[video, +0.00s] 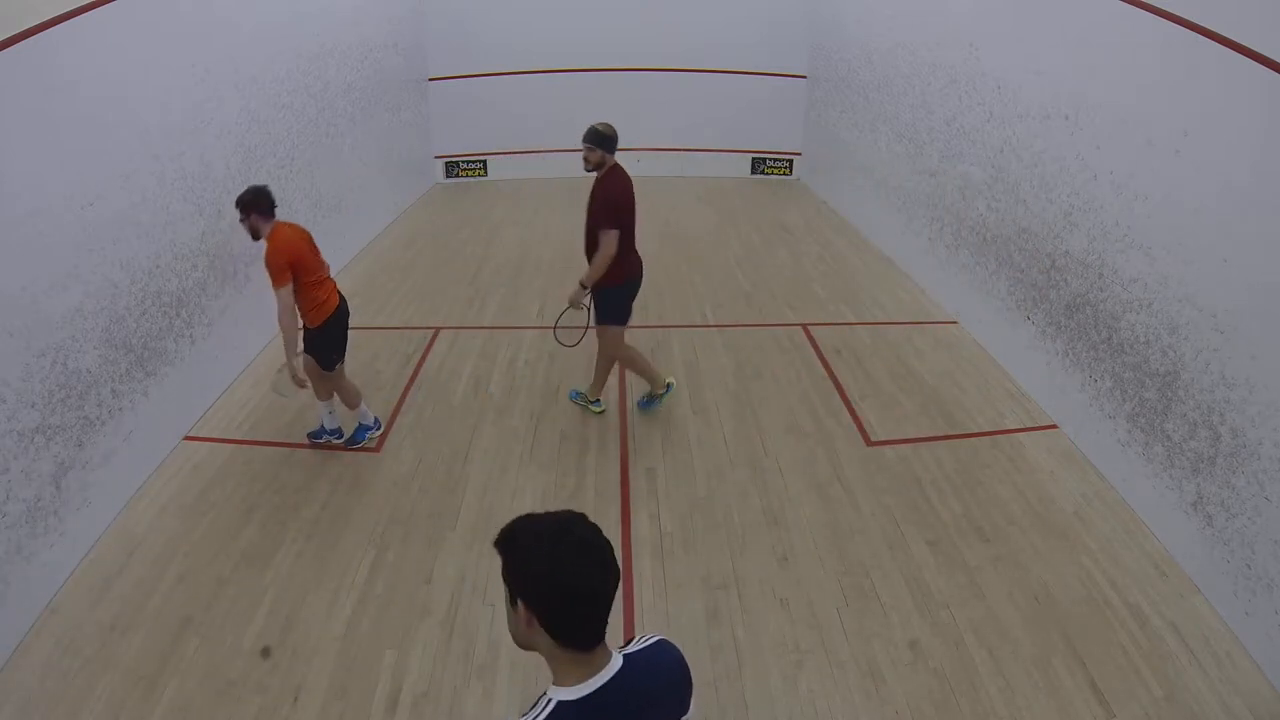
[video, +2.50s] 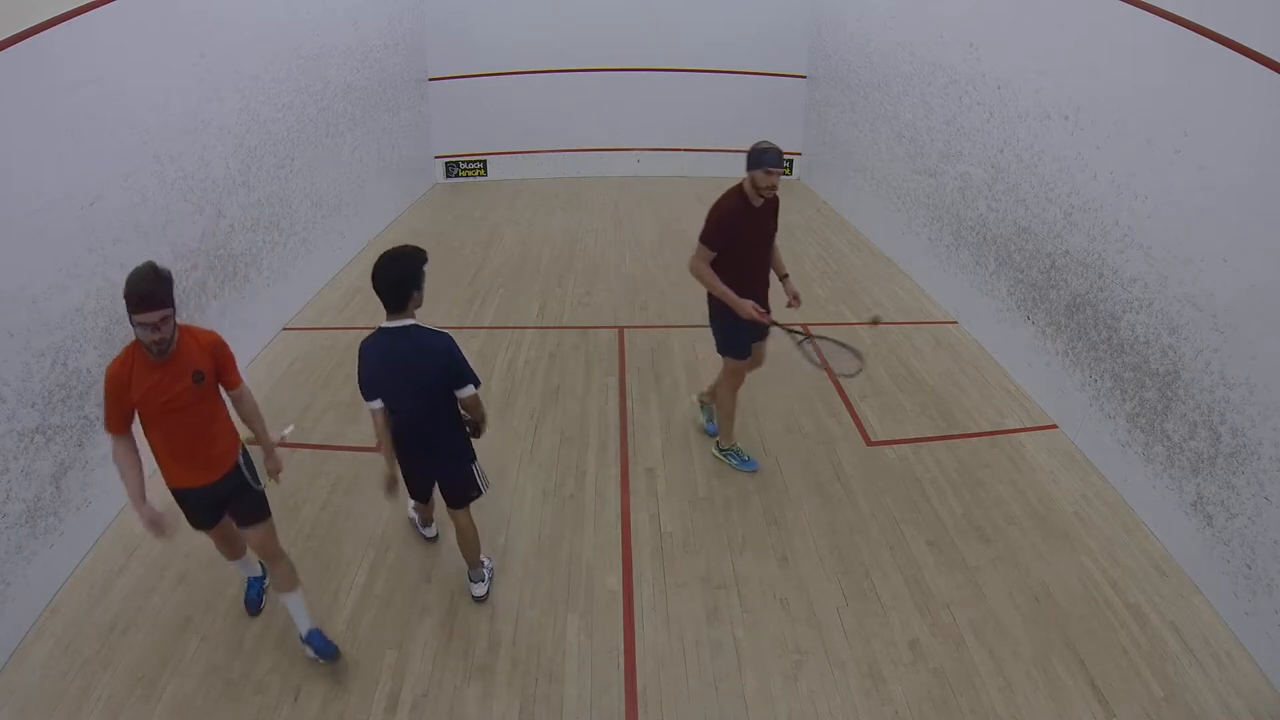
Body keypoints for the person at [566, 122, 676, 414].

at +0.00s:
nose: (584, 154)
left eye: (589, 149)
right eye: (583, 148)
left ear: (605, 152)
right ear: (605, 152)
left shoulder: (610, 186)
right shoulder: (613, 177)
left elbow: (609, 248)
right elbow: (612, 236)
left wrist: (582, 287)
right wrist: (594, 276)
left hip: (616, 277)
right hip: (618, 271)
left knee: (612, 345)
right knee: (608, 339)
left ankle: (660, 384)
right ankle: (594, 395)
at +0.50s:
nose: (635, 158)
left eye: (641, 153)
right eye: (632, 151)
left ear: (655, 153)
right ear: (628, 149)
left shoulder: (672, 188)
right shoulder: (623, 176)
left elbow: (689, 237)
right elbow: (617, 215)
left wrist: (695, 285)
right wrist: (605, 255)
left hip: (665, 273)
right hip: (631, 268)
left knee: (668, 327)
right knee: (623, 322)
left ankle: (669, 386)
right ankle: (627, 373)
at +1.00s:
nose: (627, 183)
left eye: (633, 178)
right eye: (622, 178)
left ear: (644, 168)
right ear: (616, 169)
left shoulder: (667, 184)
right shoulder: (608, 192)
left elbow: (686, 220)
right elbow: (600, 236)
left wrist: (689, 261)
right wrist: (593, 281)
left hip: (666, 267)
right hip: (632, 268)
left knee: (664, 323)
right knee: (636, 322)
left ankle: (668, 385)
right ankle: (636, 373)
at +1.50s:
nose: (621, 215)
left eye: (625, 210)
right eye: (616, 210)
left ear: (639, 198)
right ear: (611, 201)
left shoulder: (664, 188)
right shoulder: (612, 223)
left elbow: (693, 203)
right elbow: (616, 267)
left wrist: (713, 233)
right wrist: (614, 316)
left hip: (677, 270)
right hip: (642, 276)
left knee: (684, 329)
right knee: (637, 325)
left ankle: (692, 393)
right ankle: (637, 375)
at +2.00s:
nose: (701, 182)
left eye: (707, 176)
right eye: (695, 176)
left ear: (716, 175)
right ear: (688, 175)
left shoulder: (728, 193)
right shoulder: (674, 206)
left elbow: (739, 225)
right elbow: (669, 265)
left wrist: (753, 262)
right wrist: (686, 302)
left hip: (718, 281)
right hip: (685, 285)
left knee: (714, 343)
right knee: (679, 349)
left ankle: (695, 405)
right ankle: (649, 379)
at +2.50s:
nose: (772, 181)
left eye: (777, 174)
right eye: (766, 174)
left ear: (780, 173)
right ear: (749, 171)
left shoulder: (771, 200)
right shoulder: (727, 208)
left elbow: (768, 243)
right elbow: (697, 264)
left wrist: (786, 281)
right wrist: (737, 302)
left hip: (757, 297)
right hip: (727, 301)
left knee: (755, 359)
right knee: (734, 370)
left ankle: (708, 397)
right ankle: (725, 444)